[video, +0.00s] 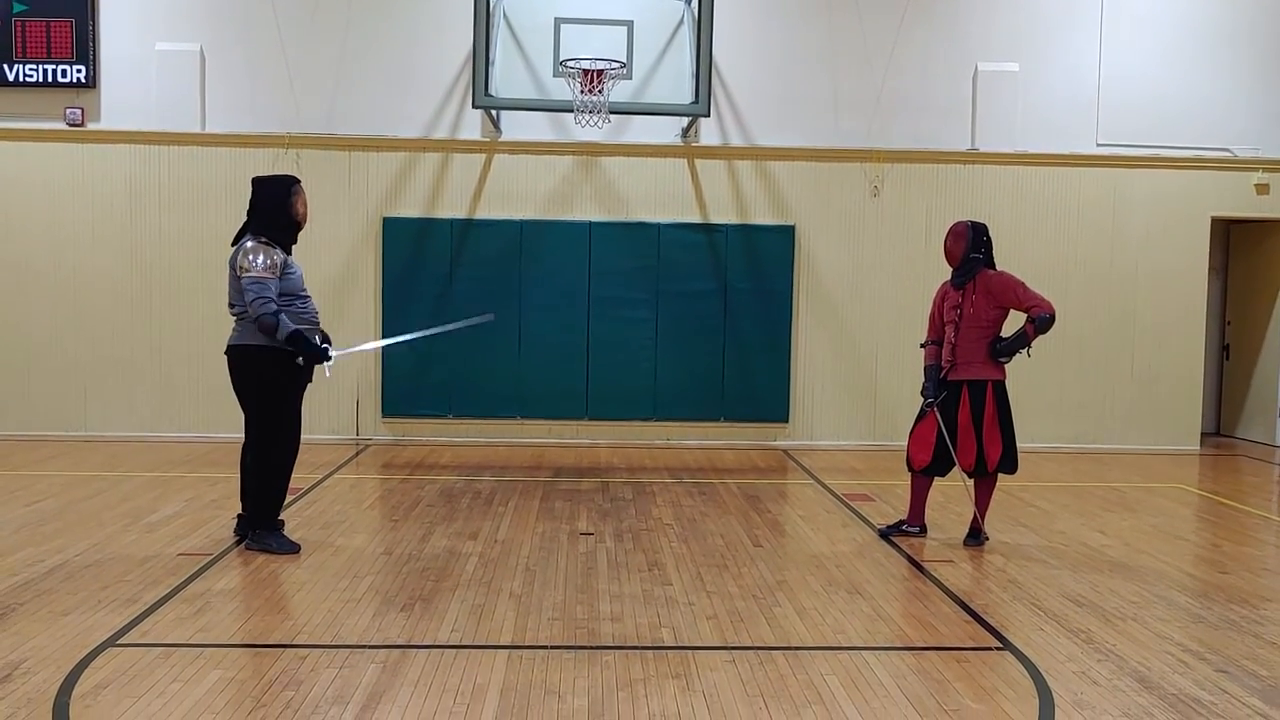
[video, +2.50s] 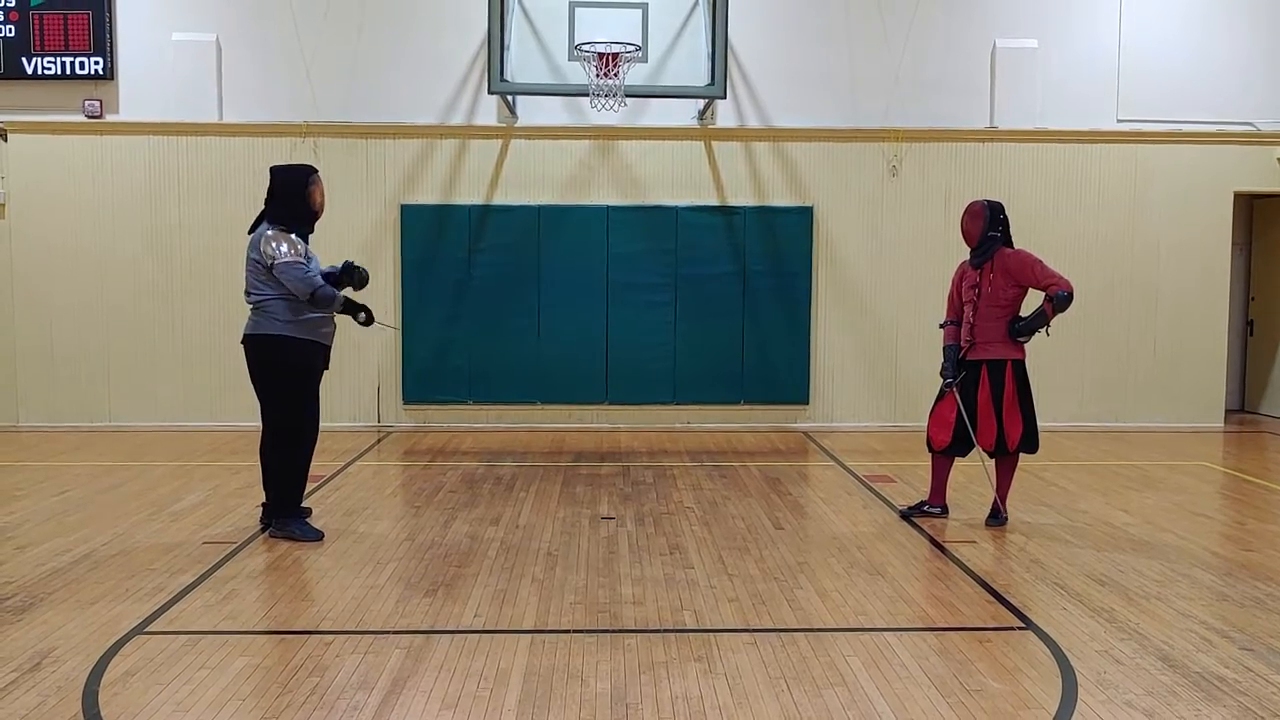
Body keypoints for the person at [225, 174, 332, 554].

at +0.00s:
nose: (306, 209)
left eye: (305, 201)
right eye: (300, 201)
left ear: (275, 206)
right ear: (281, 205)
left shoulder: (272, 250)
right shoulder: (259, 249)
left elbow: (285, 306)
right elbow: (261, 309)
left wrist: (314, 332)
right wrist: (297, 338)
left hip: (274, 355)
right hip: (263, 356)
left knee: (267, 438)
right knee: (276, 440)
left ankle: (255, 520)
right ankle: (261, 527)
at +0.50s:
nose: (315, 203)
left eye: (314, 195)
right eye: (311, 195)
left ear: (286, 196)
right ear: (291, 197)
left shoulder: (274, 237)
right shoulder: (266, 239)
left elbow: (274, 297)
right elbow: (269, 295)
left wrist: (302, 341)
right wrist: (295, 337)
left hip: (273, 347)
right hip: (262, 346)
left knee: (277, 429)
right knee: (270, 430)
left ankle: (263, 509)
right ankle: (264, 517)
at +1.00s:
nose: (320, 198)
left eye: (321, 190)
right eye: (315, 190)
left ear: (294, 193)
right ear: (294, 191)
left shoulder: (285, 234)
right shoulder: (263, 231)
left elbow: (296, 285)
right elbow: (296, 273)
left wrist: (306, 338)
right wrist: (349, 286)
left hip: (289, 340)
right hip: (267, 339)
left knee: (287, 424)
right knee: (276, 425)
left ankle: (272, 500)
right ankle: (269, 508)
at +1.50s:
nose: (320, 189)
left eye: (320, 182)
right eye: (314, 182)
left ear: (297, 186)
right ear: (293, 186)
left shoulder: (291, 229)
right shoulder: (273, 226)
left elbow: (313, 268)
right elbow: (304, 266)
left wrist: (354, 268)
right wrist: (352, 267)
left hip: (297, 338)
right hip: (277, 336)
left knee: (295, 419)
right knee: (286, 420)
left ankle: (278, 499)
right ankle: (279, 507)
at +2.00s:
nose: (319, 194)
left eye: (318, 187)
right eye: (314, 187)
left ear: (296, 191)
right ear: (295, 191)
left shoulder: (292, 232)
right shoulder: (274, 232)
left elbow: (320, 258)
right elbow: (309, 272)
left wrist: (354, 262)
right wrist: (346, 280)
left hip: (299, 342)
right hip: (279, 341)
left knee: (296, 424)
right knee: (287, 426)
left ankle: (282, 504)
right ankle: (282, 511)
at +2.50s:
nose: (322, 200)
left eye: (321, 191)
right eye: (317, 191)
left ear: (293, 195)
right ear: (297, 195)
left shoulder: (287, 236)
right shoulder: (276, 238)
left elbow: (308, 278)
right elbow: (308, 289)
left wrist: (338, 276)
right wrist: (349, 305)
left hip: (293, 345)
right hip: (280, 345)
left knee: (293, 427)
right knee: (291, 428)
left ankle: (283, 507)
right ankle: (282, 515)